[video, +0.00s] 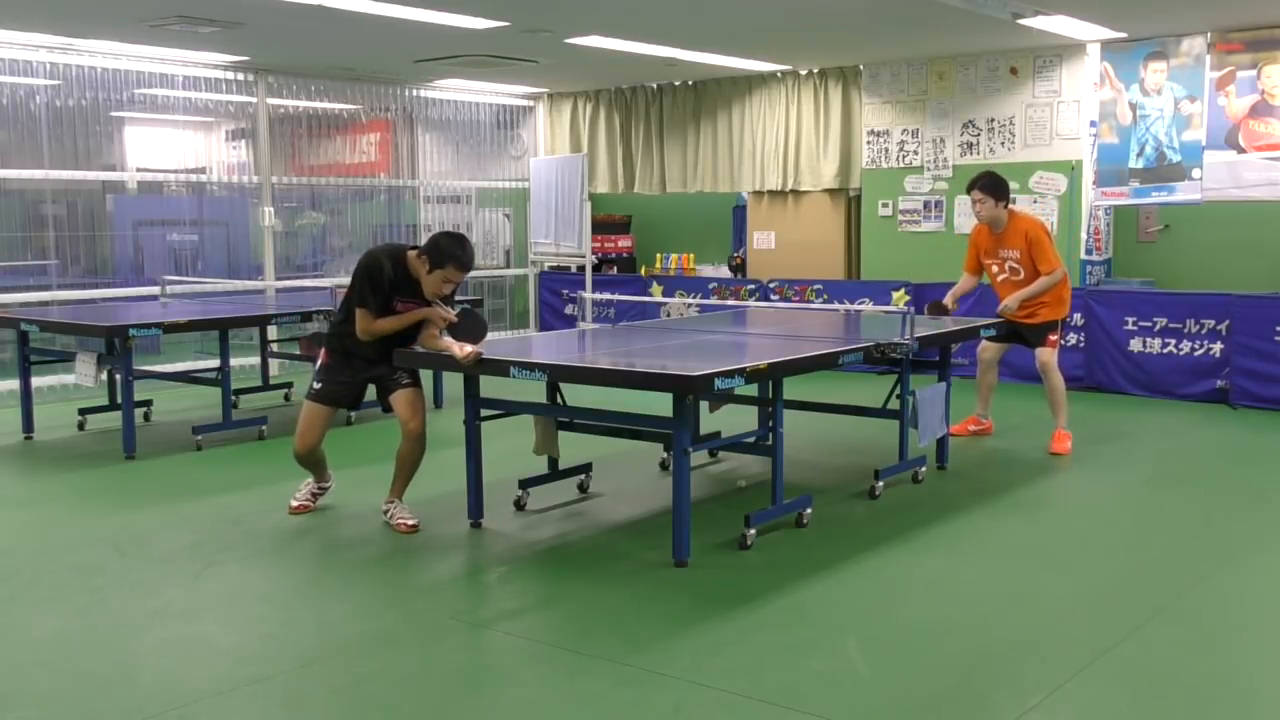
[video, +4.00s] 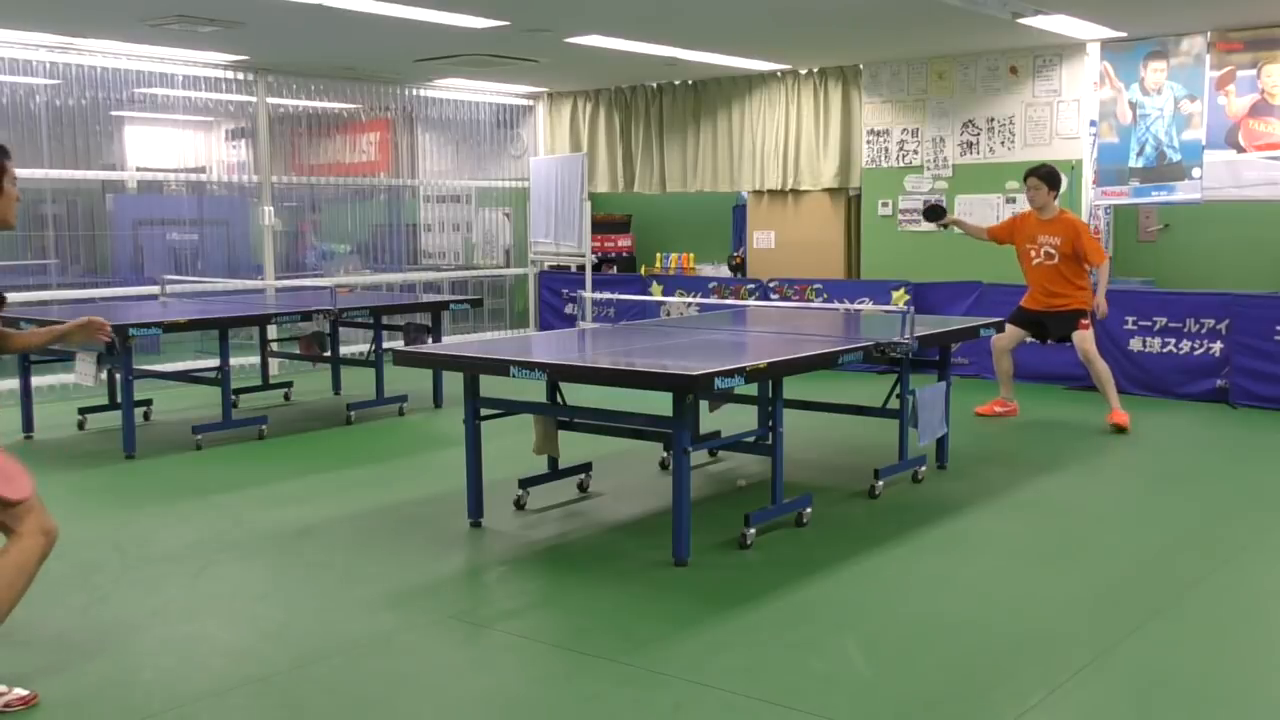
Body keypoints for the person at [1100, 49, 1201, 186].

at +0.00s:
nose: (1158, 77)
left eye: (1162, 72)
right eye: (1154, 71)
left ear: (1167, 73)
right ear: (1143, 72)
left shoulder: (1173, 89)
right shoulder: (1135, 91)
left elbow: (1198, 105)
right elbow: (1125, 120)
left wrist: (1191, 107)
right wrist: (1120, 95)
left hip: (1171, 162)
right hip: (1141, 164)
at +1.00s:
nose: (1158, 77)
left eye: (1162, 72)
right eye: (1154, 71)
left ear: (1167, 73)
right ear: (1143, 72)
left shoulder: (1173, 89)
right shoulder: (1134, 91)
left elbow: (1198, 106)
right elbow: (1125, 121)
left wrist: (1191, 107)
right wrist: (1121, 95)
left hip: (1171, 162)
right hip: (1141, 164)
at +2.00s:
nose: (1158, 76)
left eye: (1162, 71)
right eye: (1154, 71)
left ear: (1167, 72)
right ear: (1143, 71)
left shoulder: (1173, 88)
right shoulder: (1135, 90)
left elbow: (1198, 105)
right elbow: (1125, 120)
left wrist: (1191, 106)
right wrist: (1121, 94)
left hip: (1171, 161)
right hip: (1141, 163)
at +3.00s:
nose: (1158, 76)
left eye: (1162, 71)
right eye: (1154, 71)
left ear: (1167, 72)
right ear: (1143, 72)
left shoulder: (1173, 89)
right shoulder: (1134, 90)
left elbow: (1199, 105)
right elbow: (1125, 120)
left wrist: (1191, 106)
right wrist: (1120, 94)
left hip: (1171, 161)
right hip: (1141, 163)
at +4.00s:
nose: (1158, 76)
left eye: (1162, 71)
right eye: (1154, 71)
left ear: (1167, 72)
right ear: (1143, 71)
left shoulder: (1173, 89)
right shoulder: (1134, 90)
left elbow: (1199, 105)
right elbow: (1125, 120)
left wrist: (1191, 106)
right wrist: (1120, 93)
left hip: (1171, 159)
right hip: (1141, 162)